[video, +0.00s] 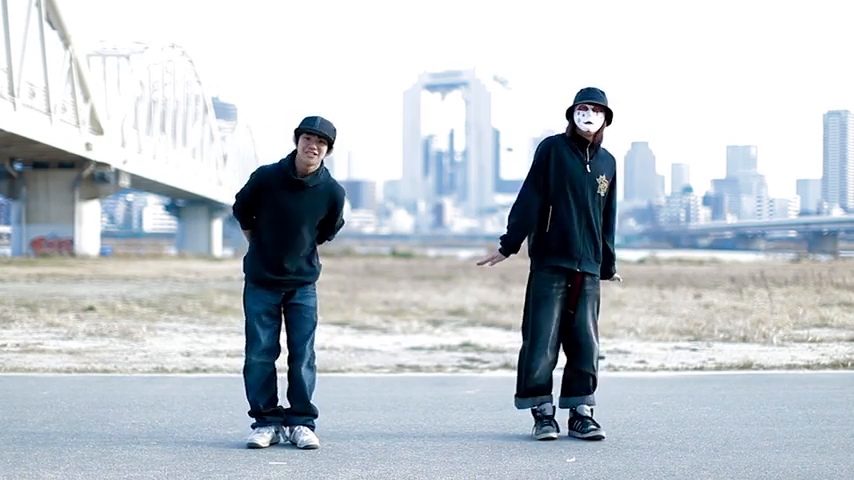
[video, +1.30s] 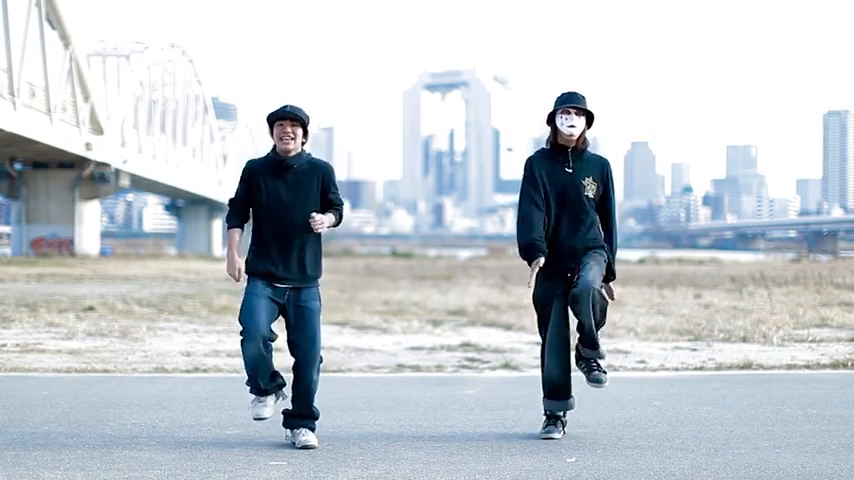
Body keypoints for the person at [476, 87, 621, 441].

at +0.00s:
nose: (588, 116)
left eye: (594, 111)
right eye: (582, 110)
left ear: (604, 119)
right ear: (572, 114)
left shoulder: (607, 161)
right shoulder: (552, 148)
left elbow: (607, 217)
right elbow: (530, 197)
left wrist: (608, 263)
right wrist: (507, 246)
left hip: (589, 260)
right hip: (550, 258)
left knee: (585, 337)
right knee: (543, 335)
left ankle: (581, 413)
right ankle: (543, 413)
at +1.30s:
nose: (570, 121)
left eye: (577, 115)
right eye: (564, 115)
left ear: (585, 123)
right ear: (554, 120)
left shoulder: (599, 165)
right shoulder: (537, 163)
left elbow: (608, 221)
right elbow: (530, 210)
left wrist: (608, 272)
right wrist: (535, 251)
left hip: (592, 249)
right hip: (553, 255)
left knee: (586, 287)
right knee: (553, 334)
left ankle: (588, 353)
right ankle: (554, 412)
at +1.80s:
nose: (577, 123)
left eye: (583, 118)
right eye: (571, 118)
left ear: (592, 124)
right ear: (560, 123)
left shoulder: (606, 164)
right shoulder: (542, 166)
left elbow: (626, 198)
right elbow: (527, 206)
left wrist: (646, 219)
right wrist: (520, 239)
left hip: (598, 259)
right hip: (559, 256)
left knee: (591, 335)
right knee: (586, 308)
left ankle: (584, 412)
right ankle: (561, 364)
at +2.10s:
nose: (575, 130)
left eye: (581, 124)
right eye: (569, 123)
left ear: (591, 127)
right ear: (559, 127)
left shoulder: (608, 166)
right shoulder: (541, 170)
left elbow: (651, 186)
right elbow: (511, 212)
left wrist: (619, 201)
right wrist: (538, 235)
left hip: (597, 271)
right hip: (557, 271)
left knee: (590, 344)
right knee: (557, 343)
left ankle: (585, 415)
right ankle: (556, 417)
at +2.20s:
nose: (574, 140)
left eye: (581, 134)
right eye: (569, 133)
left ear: (591, 133)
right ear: (559, 131)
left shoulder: (608, 166)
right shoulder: (543, 166)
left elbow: (649, 175)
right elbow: (503, 183)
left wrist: (630, 136)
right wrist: (534, 149)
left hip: (594, 265)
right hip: (552, 267)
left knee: (596, 326)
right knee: (555, 339)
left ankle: (586, 381)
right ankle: (554, 414)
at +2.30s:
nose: (577, 140)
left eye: (584, 135)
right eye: (571, 134)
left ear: (593, 133)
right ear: (560, 130)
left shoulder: (608, 161)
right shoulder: (538, 160)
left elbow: (650, 172)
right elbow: (498, 176)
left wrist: (686, 140)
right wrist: (481, 135)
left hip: (596, 258)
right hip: (554, 260)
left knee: (593, 312)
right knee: (555, 332)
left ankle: (590, 365)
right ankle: (555, 412)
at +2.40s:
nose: (580, 137)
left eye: (587, 131)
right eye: (575, 130)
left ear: (596, 129)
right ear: (563, 126)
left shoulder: (607, 159)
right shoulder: (541, 159)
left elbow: (648, 190)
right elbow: (501, 185)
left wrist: (691, 216)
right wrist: (455, 196)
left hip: (597, 257)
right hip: (555, 259)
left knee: (596, 323)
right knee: (556, 334)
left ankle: (592, 384)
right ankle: (556, 412)